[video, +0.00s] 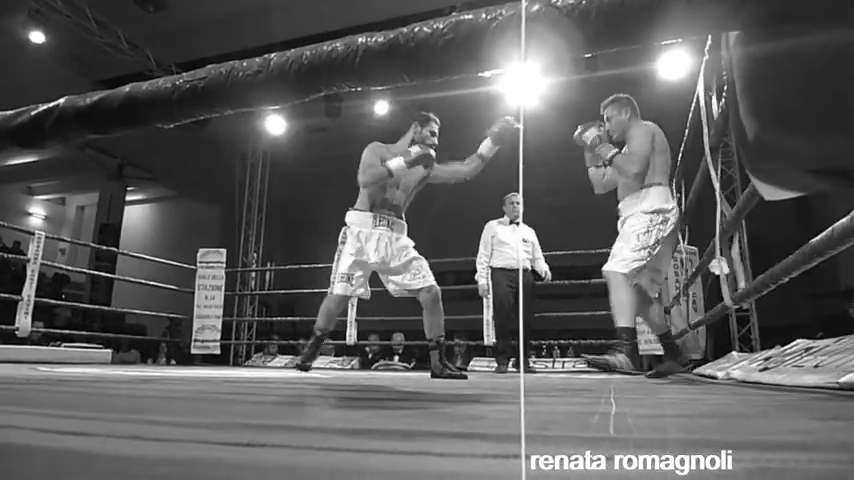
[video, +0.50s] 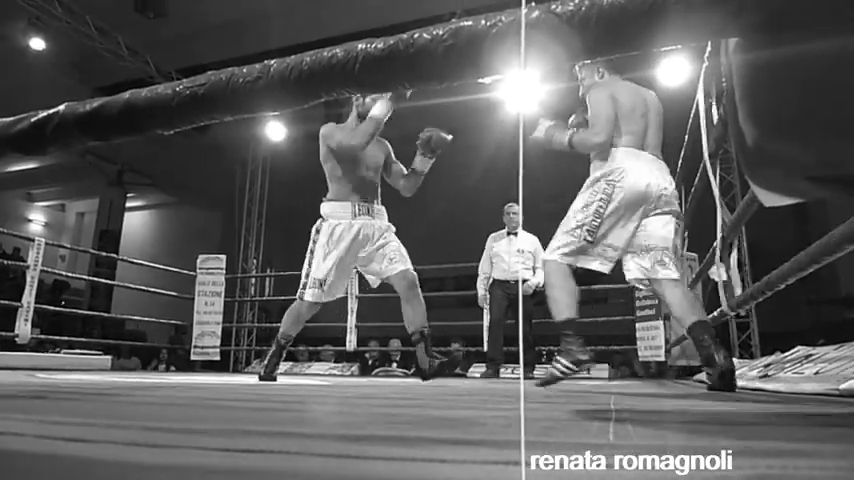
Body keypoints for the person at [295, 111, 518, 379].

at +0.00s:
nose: (435, 141)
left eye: (437, 136)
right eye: (432, 133)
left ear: (431, 138)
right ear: (414, 130)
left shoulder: (425, 169)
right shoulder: (377, 150)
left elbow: (465, 170)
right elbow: (365, 180)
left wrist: (494, 139)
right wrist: (405, 161)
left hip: (396, 238)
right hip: (360, 234)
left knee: (431, 294)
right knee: (339, 295)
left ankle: (438, 362)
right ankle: (312, 348)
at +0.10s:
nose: (428, 131)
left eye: (430, 126)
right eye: (424, 123)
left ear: (419, 126)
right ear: (406, 119)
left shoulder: (418, 159)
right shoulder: (368, 142)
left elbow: (459, 172)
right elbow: (350, 176)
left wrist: (478, 144)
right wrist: (390, 155)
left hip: (392, 232)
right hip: (355, 228)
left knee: (424, 292)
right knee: (329, 290)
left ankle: (437, 361)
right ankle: (295, 348)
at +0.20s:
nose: (405, 116)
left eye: (406, 111)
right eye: (399, 109)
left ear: (400, 117)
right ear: (379, 109)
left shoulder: (402, 155)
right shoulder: (347, 138)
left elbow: (414, 200)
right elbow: (333, 178)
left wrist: (424, 169)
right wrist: (372, 151)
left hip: (382, 227)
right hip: (343, 224)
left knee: (415, 292)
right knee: (311, 292)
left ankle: (436, 357)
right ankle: (279, 352)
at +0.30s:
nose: (387, 119)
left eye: (389, 114)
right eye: (382, 112)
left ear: (388, 120)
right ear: (362, 111)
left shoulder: (387, 154)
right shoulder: (333, 144)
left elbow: (386, 206)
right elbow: (331, 184)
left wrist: (408, 189)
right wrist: (371, 157)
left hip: (373, 232)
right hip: (334, 230)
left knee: (413, 293)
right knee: (307, 301)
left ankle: (434, 356)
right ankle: (277, 359)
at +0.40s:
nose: (381, 114)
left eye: (383, 108)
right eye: (376, 106)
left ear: (382, 115)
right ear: (356, 108)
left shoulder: (380, 150)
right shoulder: (328, 140)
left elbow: (389, 200)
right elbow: (332, 174)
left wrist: (409, 177)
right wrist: (371, 149)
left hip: (372, 230)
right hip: (333, 229)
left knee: (412, 287)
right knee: (308, 301)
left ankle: (424, 357)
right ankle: (276, 359)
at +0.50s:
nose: (382, 105)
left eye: (385, 101)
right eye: (376, 98)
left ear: (384, 111)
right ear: (357, 101)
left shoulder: (382, 146)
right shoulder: (330, 132)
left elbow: (406, 187)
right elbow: (356, 140)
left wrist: (424, 157)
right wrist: (384, 106)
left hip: (377, 227)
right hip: (338, 226)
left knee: (408, 282)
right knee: (310, 303)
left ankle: (425, 359)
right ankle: (272, 359)